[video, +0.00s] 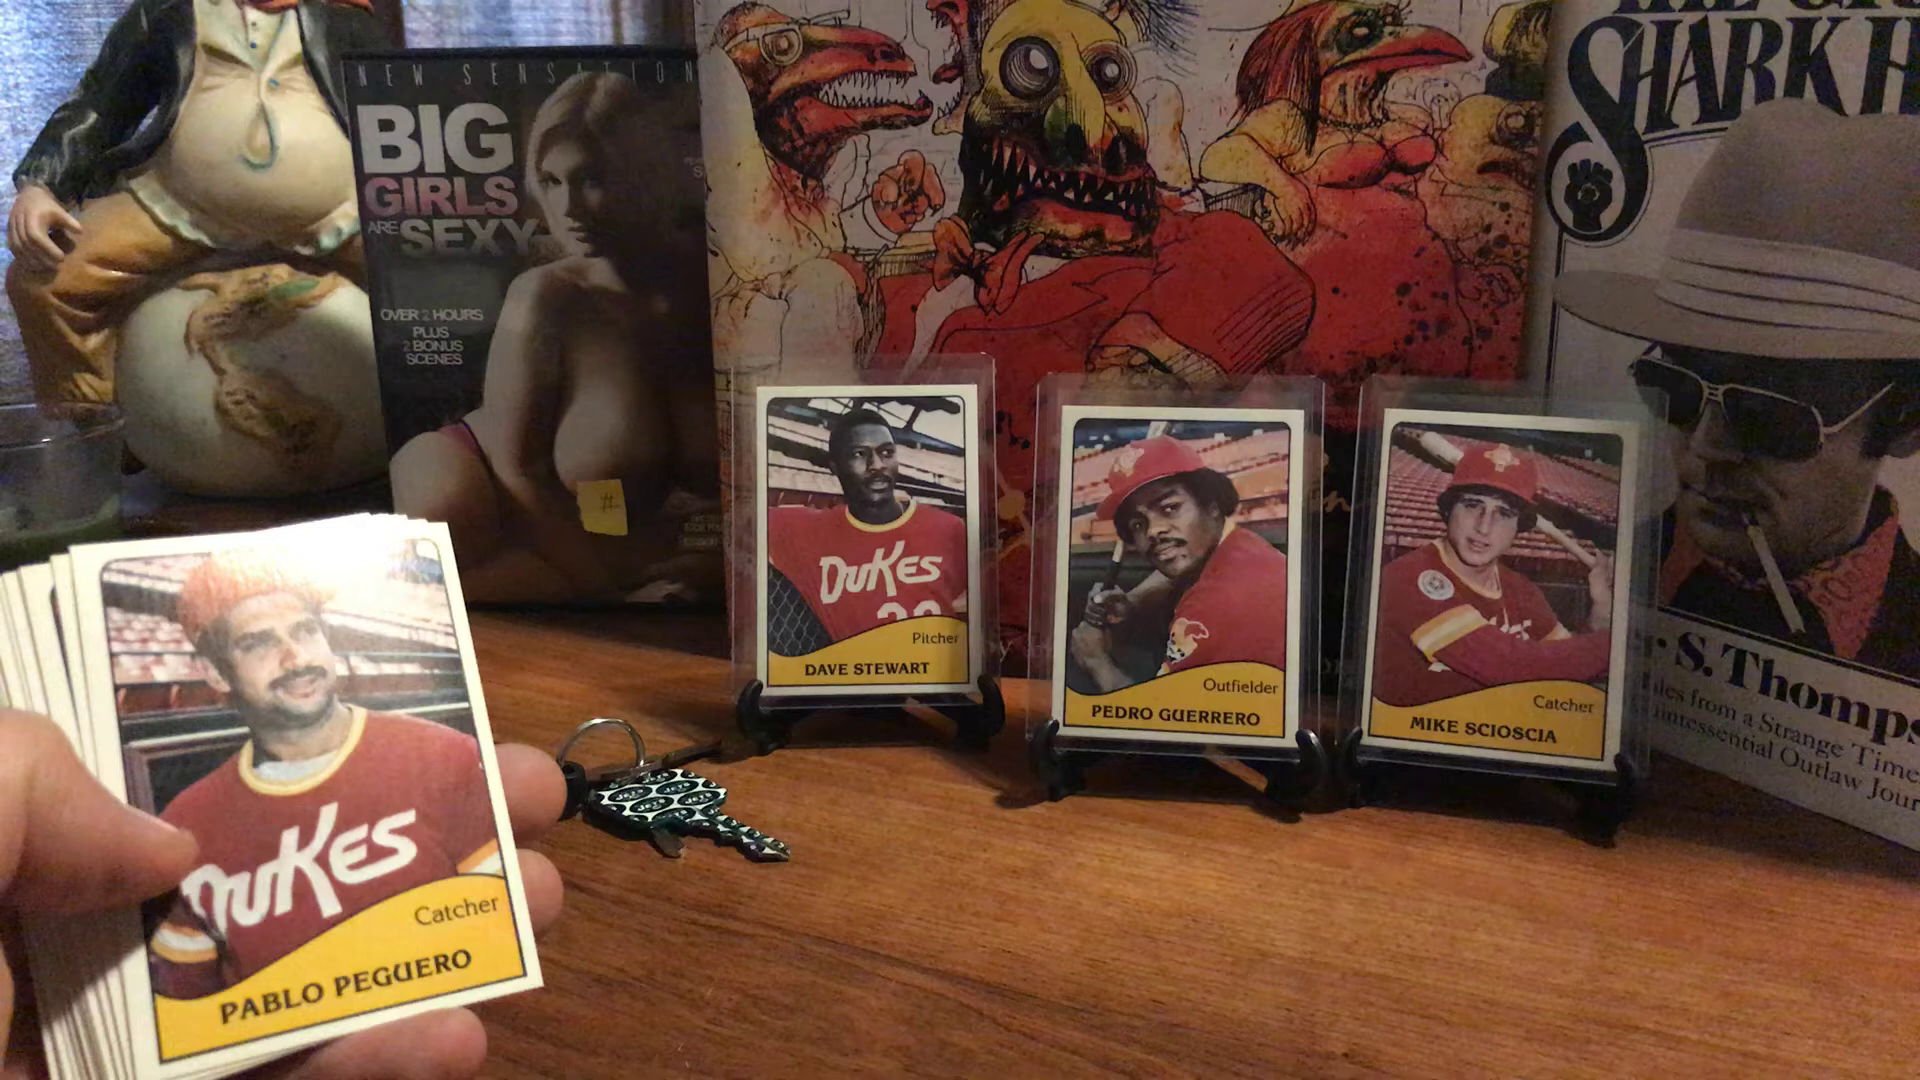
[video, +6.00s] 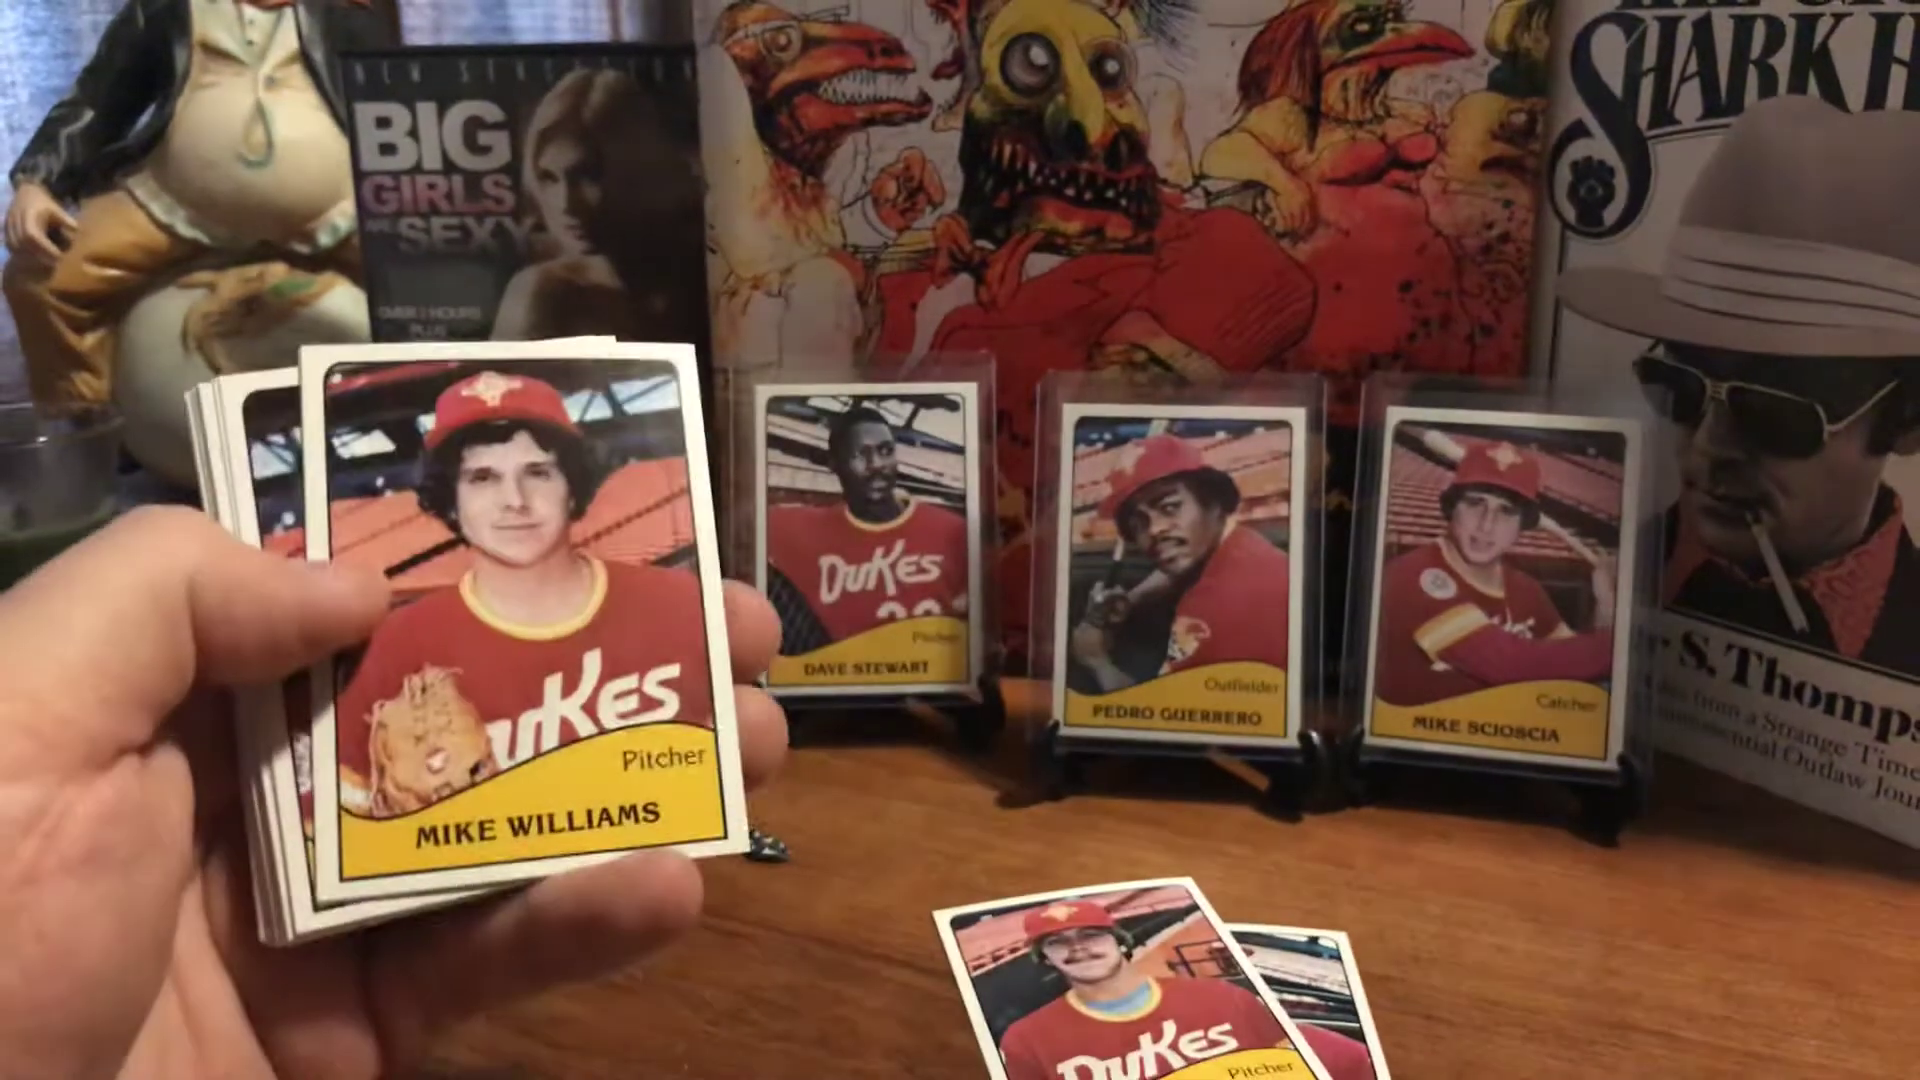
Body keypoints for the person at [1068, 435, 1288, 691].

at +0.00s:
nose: (1154, 530)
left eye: (1169, 508)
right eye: (1138, 524)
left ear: (1211, 505)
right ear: (1133, 542)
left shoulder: (1213, 608)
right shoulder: (1246, 545)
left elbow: (1160, 723)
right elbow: (1183, 570)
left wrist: (1097, 662)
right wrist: (1132, 603)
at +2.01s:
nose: (1155, 530)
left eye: (1169, 508)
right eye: (1139, 523)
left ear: (1211, 505)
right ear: (1133, 540)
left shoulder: (1208, 610)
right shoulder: (1249, 545)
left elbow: (1162, 720)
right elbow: (1185, 565)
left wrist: (1098, 662)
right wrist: (1132, 602)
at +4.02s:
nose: (1155, 531)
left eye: (1169, 508)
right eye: (1138, 524)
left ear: (1213, 503)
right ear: (1132, 540)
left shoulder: (1213, 607)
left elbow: (1161, 722)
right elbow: (1183, 564)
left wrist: (1098, 661)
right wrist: (1133, 602)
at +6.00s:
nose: (1156, 529)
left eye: (1170, 507)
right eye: (1140, 520)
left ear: (1214, 504)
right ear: (1133, 536)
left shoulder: (1213, 602)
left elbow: (1163, 721)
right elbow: (1185, 564)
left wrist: (1098, 661)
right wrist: (1132, 600)